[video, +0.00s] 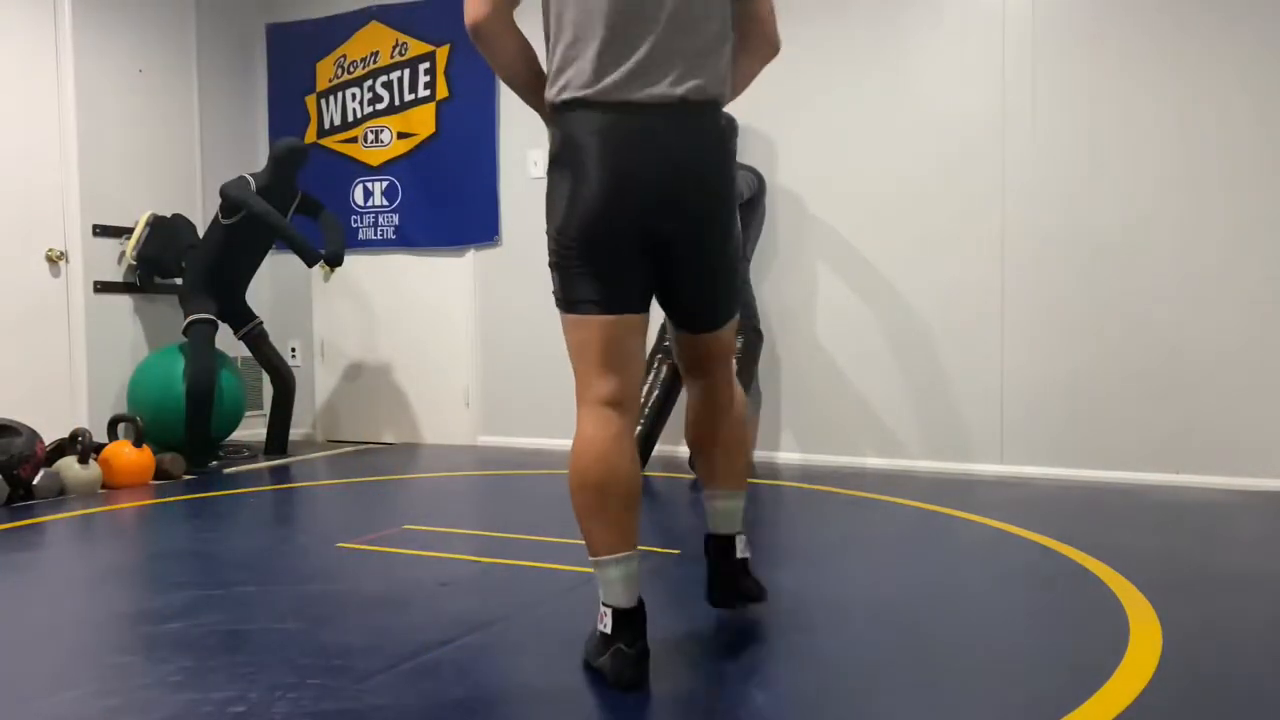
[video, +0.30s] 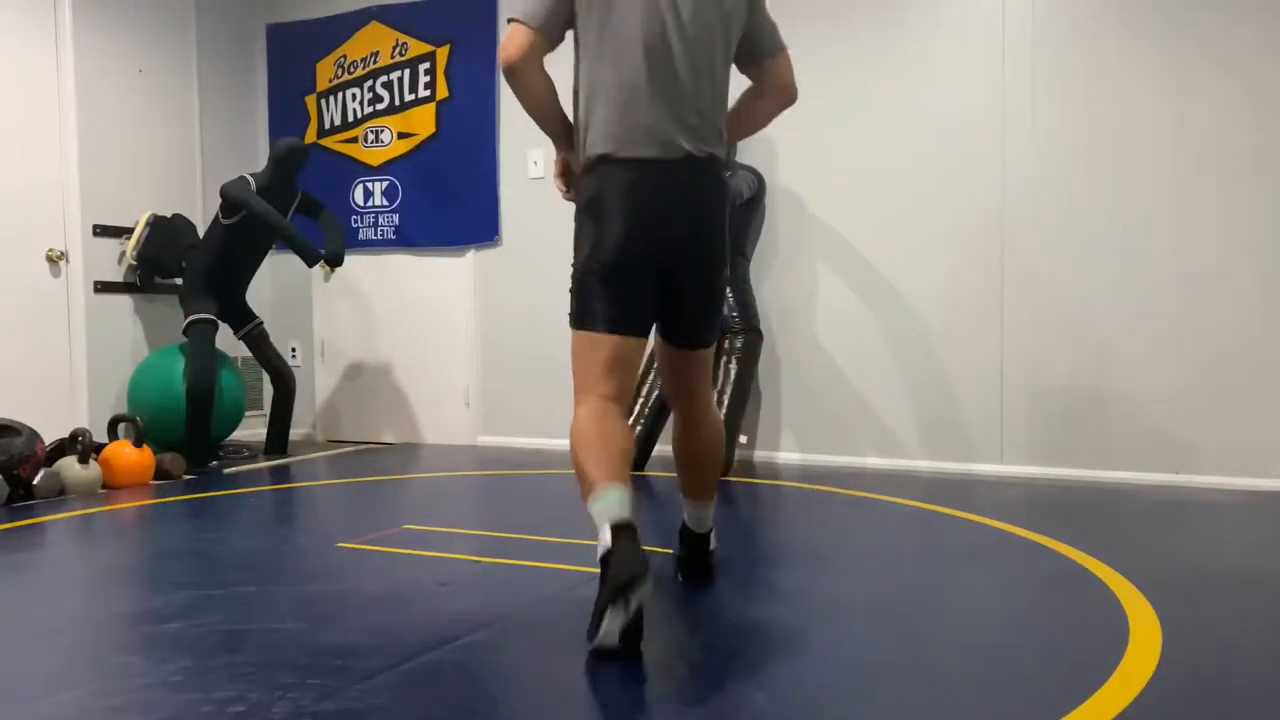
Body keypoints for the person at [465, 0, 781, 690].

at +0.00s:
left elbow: (483, 17)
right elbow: (760, 36)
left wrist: (558, 105)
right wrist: (695, 100)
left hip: (593, 145)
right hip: (698, 146)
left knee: (604, 399)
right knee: (711, 368)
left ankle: (621, 630)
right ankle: (728, 563)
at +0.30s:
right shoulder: (732, 1)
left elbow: (514, 55)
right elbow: (778, 86)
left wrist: (565, 138)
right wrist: (710, 136)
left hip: (615, 190)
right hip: (700, 191)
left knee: (600, 393)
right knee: (692, 387)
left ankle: (617, 547)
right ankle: (697, 546)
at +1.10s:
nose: (629, 27)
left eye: (626, 22)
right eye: (629, 20)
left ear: (572, 12)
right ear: (623, 15)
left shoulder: (527, 60)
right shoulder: (641, 54)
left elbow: (500, 146)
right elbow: (702, 138)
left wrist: (551, 119)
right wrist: (662, 128)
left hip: (560, 225)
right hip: (628, 222)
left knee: (566, 370)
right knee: (661, 349)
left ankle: (564, 499)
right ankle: (652, 462)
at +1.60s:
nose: (602, 49)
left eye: (599, 42)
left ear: (599, 41)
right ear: (650, 47)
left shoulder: (571, 83)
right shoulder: (674, 94)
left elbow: (594, 146)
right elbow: (711, 176)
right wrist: (671, 191)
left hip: (589, 238)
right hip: (649, 238)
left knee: (575, 362)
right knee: (655, 361)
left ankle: (572, 449)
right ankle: (661, 474)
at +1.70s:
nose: (605, 50)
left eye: (603, 43)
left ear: (605, 44)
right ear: (655, 45)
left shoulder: (578, 82)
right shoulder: (681, 94)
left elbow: (616, 74)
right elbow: (713, 174)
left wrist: (641, 26)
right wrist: (672, 174)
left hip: (595, 237)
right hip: (655, 238)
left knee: (575, 350)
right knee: (658, 359)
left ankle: (580, 432)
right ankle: (661, 472)